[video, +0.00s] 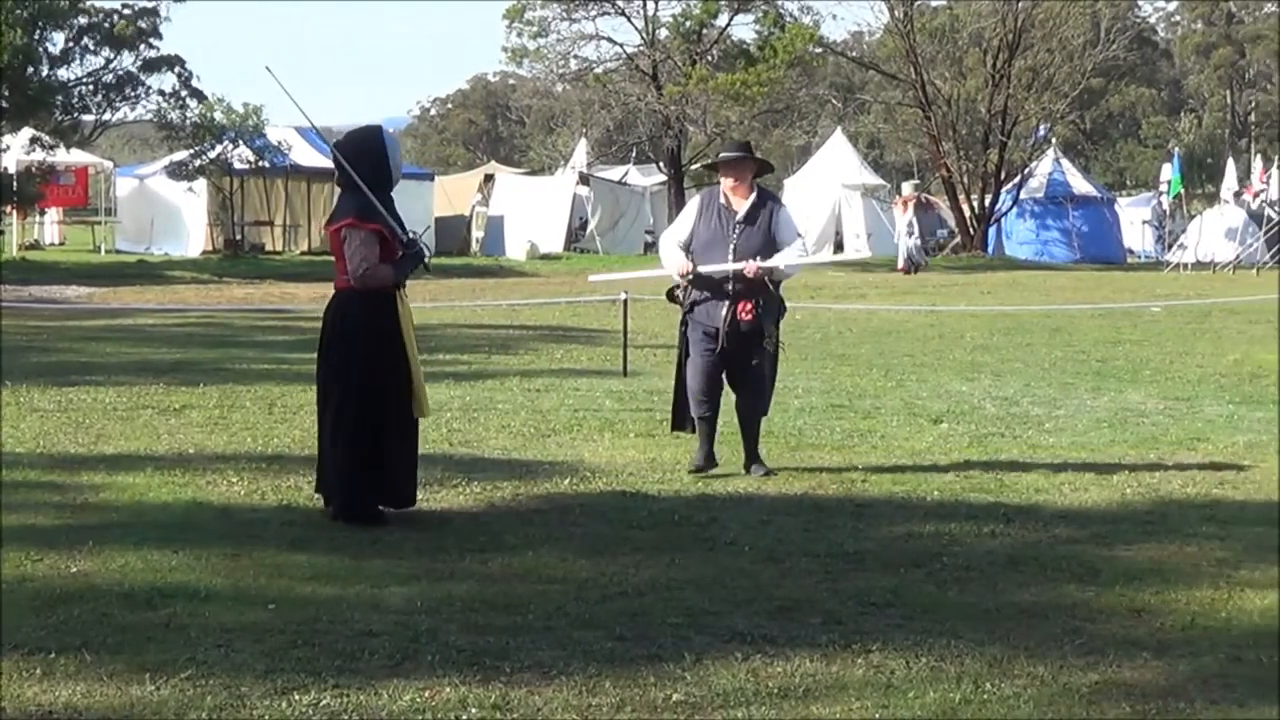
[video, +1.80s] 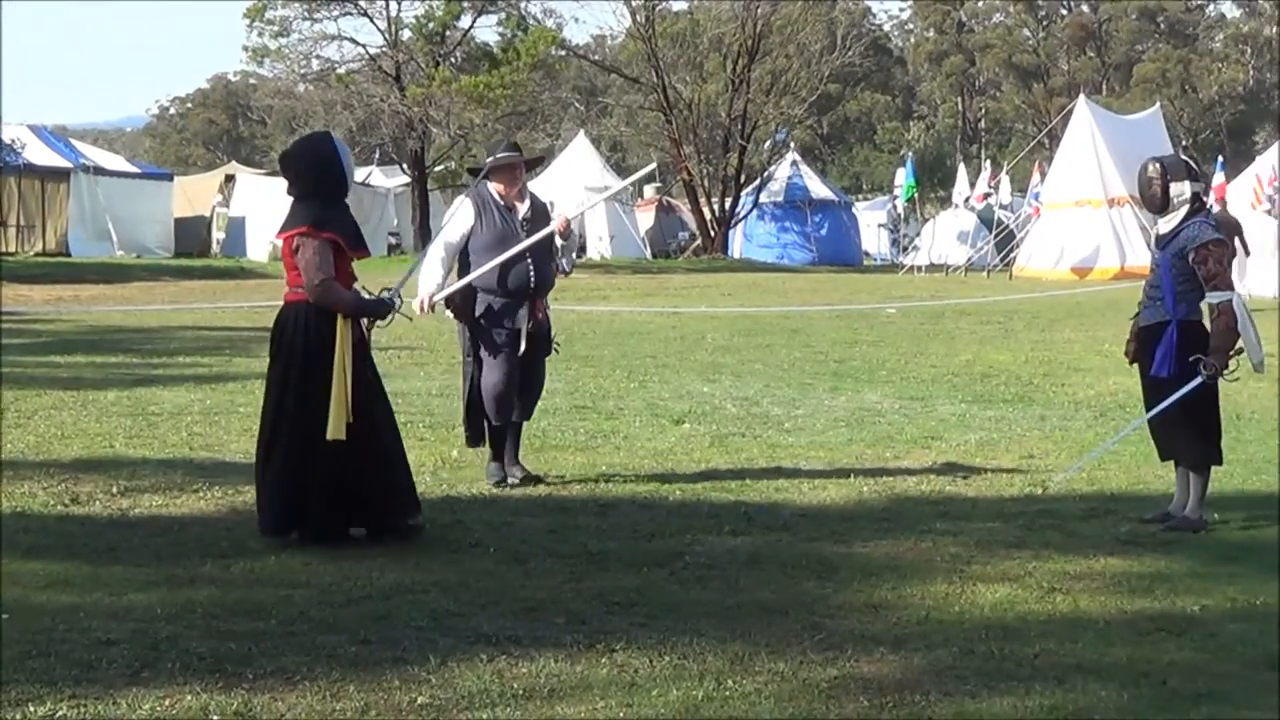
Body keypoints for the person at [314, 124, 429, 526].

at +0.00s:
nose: (396, 167)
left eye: (393, 158)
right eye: (390, 159)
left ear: (354, 165)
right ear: (373, 164)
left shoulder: (366, 209)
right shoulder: (357, 212)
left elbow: (367, 268)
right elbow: (362, 273)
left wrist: (404, 257)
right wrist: (405, 265)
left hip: (366, 315)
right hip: (359, 319)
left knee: (361, 402)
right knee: (360, 403)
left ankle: (353, 494)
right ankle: (356, 500)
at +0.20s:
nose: (388, 168)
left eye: (385, 161)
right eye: (381, 161)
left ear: (341, 171)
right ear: (362, 170)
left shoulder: (350, 212)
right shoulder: (344, 216)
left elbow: (366, 269)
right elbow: (368, 275)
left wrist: (396, 251)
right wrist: (401, 254)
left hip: (358, 315)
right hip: (346, 318)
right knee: (342, 407)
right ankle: (330, 502)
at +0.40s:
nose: (381, 172)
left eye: (378, 165)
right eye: (374, 165)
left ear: (335, 174)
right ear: (357, 172)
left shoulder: (354, 215)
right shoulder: (341, 220)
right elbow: (385, 269)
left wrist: (391, 243)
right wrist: (400, 247)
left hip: (362, 317)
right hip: (342, 318)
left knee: (385, 404)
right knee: (332, 406)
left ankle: (425, 491)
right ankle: (314, 499)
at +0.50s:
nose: (381, 170)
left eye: (378, 162)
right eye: (376, 163)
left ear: (336, 173)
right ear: (361, 171)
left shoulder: (340, 214)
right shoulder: (350, 219)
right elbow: (391, 269)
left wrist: (387, 239)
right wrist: (399, 241)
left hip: (344, 312)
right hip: (353, 317)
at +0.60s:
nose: (382, 168)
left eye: (379, 162)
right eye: (375, 162)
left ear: (333, 173)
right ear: (362, 170)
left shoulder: (332, 214)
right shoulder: (359, 215)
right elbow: (394, 265)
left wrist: (385, 228)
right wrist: (395, 229)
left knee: (322, 400)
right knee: (389, 402)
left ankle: (301, 494)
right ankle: (400, 500)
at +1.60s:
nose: (355, 171)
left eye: (352, 163)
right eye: (350, 164)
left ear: (308, 177)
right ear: (337, 173)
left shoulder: (313, 216)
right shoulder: (326, 220)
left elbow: (335, 279)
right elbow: (344, 284)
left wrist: (380, 284)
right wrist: (387, 285)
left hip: (313, 320)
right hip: (334, 325)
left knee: (320, 415)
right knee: (344, 416)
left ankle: (317, 508)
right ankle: (349, 517)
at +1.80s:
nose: (348, 176)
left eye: (345, 168)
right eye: (343, 169)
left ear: (302, 177)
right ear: (328, 174)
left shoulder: (317, 219)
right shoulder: (312, 223)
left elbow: (326, 283)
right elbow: (319, 286)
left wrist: (363, 302)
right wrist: (367, 305)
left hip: (322, 323)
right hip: (315, 326)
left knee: (334, 418)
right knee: (325, 419)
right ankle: (323, 518)